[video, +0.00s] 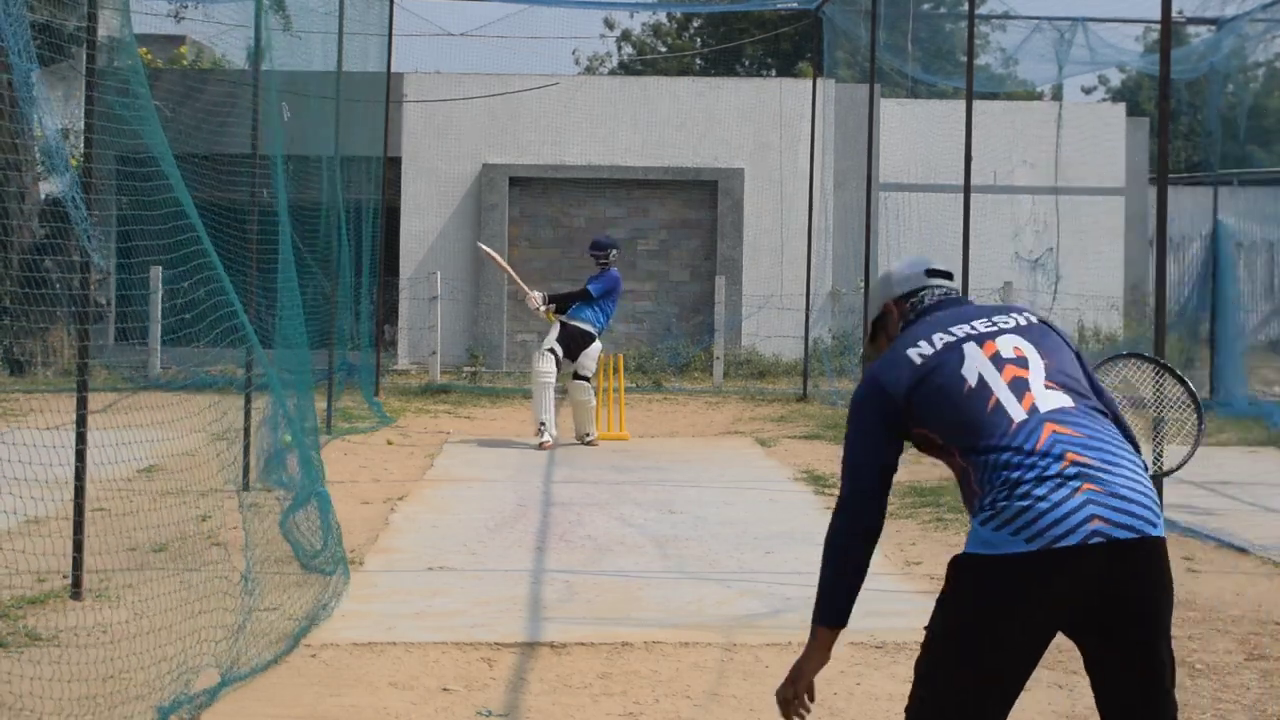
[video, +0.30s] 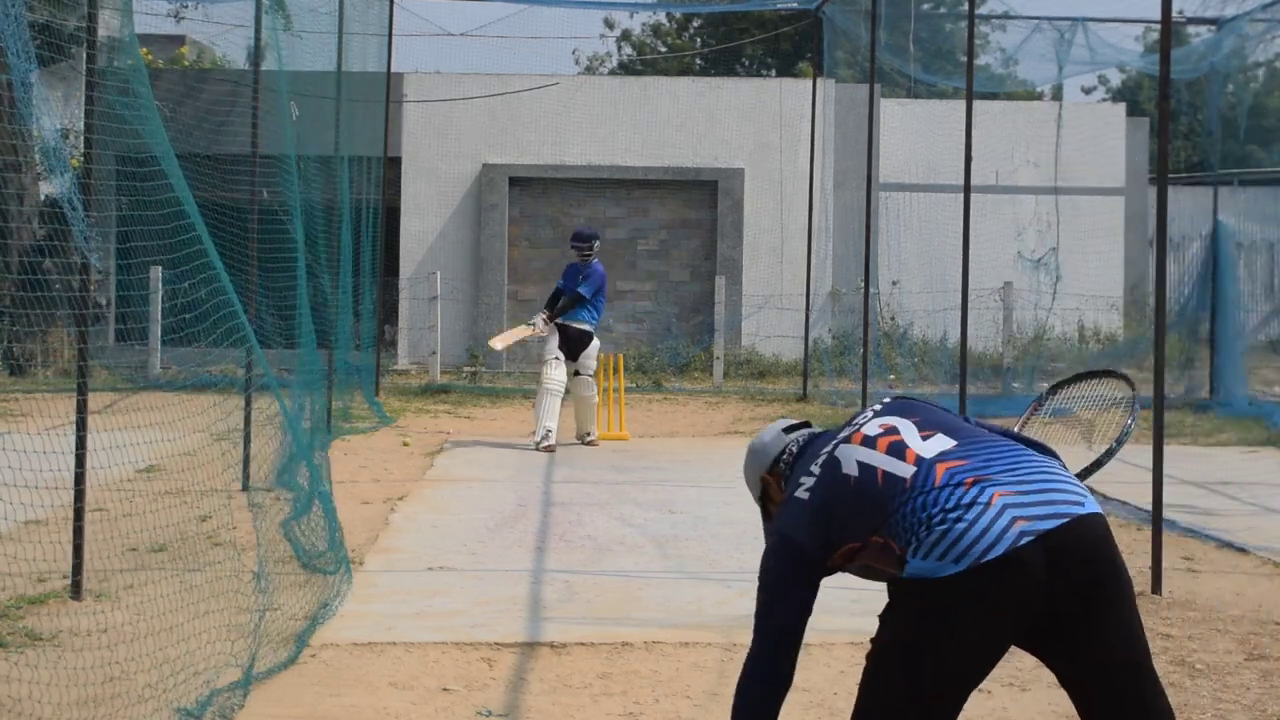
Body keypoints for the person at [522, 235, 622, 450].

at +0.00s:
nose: (599, 260)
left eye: (602, 256)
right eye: (596, 256)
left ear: (610, 255)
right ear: (593, 256)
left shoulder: (612, 277)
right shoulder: (595, 279)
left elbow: (583, 295)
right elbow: (572, 307)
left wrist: (545, 298)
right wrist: (548, 308)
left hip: (588, 332)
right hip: (566, 326)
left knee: (580, 384)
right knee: (544, 365)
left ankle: (585, 434)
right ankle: (545, 430)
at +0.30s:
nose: (582, 254)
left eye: (586, 249)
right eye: (578, 249)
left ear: (594, 248)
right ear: (573, 249)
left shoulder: (597, 272)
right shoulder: (571, 269)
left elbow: (575, 299)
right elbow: (557, 293)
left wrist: (550, 318)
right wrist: (544, 314)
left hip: (584, 332)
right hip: (560, 329)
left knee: (584, 385)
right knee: (552, 381)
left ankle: (586, 433)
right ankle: (546, 435)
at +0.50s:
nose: (569, 252)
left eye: (574, 248)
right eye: (565, 247)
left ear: (581, 245)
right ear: (559, 244)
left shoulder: (587, 268)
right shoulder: (548, 264)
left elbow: (585, 304)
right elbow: (544, 298)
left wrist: (577, 332)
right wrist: (555, 321)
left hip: (577, 326)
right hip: (550, 324)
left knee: (581, 380)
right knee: (550, 378)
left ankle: (585, 427)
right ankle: (545, 433)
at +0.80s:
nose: (576, 246)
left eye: (581, 243)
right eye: (574, 240)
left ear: (584, 244)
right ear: (565, 235)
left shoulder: (579, 261)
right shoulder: (549, 258)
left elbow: (573, 289)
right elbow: (547, 295)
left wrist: (593, 301)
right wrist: (577, 308)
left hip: (568, 319)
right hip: (547, 318)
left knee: (580, 375)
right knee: (551, 376)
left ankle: (564, 432)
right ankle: (544, 434)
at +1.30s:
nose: (600, 255)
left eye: (603, 252)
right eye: (601, 250)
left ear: (598, 246)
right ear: (595, 243)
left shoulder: (583, 262)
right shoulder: (571, 257)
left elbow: (572, 297)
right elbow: (550, 291)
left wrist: (593, 302)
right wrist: (553, 322)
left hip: (571, 318)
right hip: (563, 318)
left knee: (571, 380)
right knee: (584, 375)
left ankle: (559, 429)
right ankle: (557, 431)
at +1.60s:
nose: (614, 267)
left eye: (617, 264)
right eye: (616, 263)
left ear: (608, 252)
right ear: (610, 255)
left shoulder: (591, 266)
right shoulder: (589, 264)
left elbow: (579, 300)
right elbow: (566, 292)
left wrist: (597, 311)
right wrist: (576, 322)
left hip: (569, 324)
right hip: (567, 325)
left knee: (581, 381)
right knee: (584, 381)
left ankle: (562, 431)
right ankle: (573, 439)